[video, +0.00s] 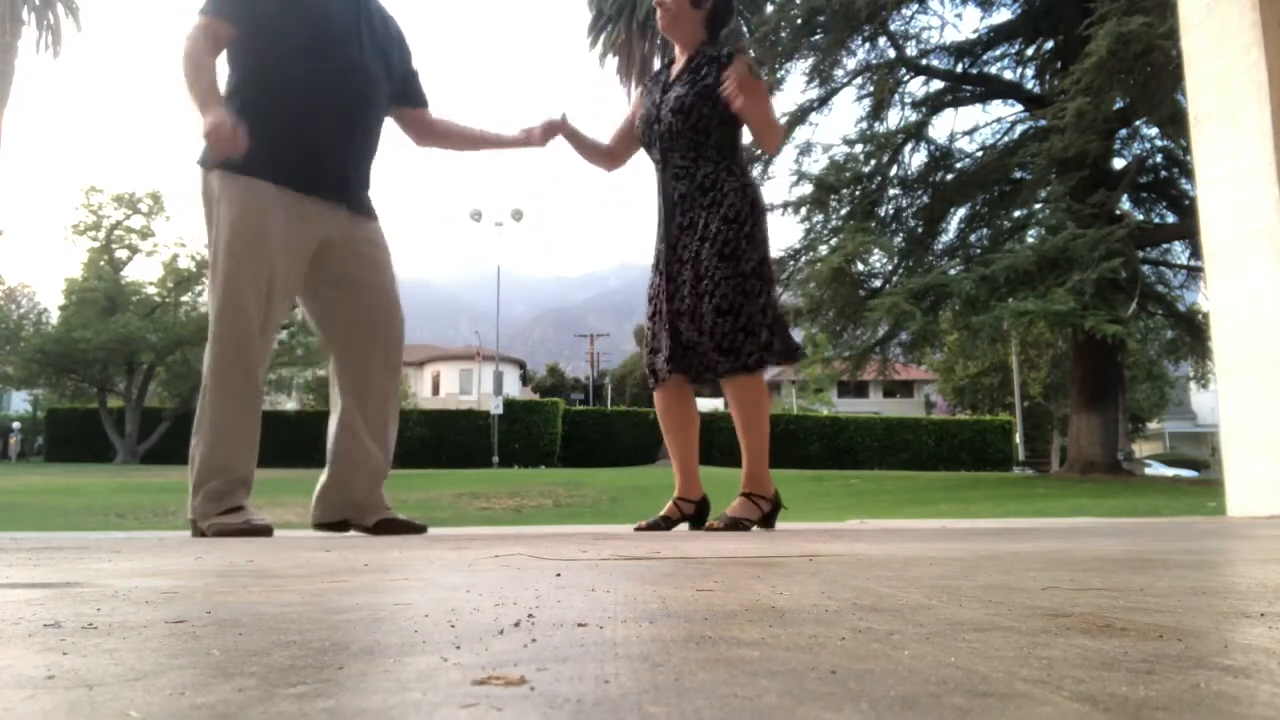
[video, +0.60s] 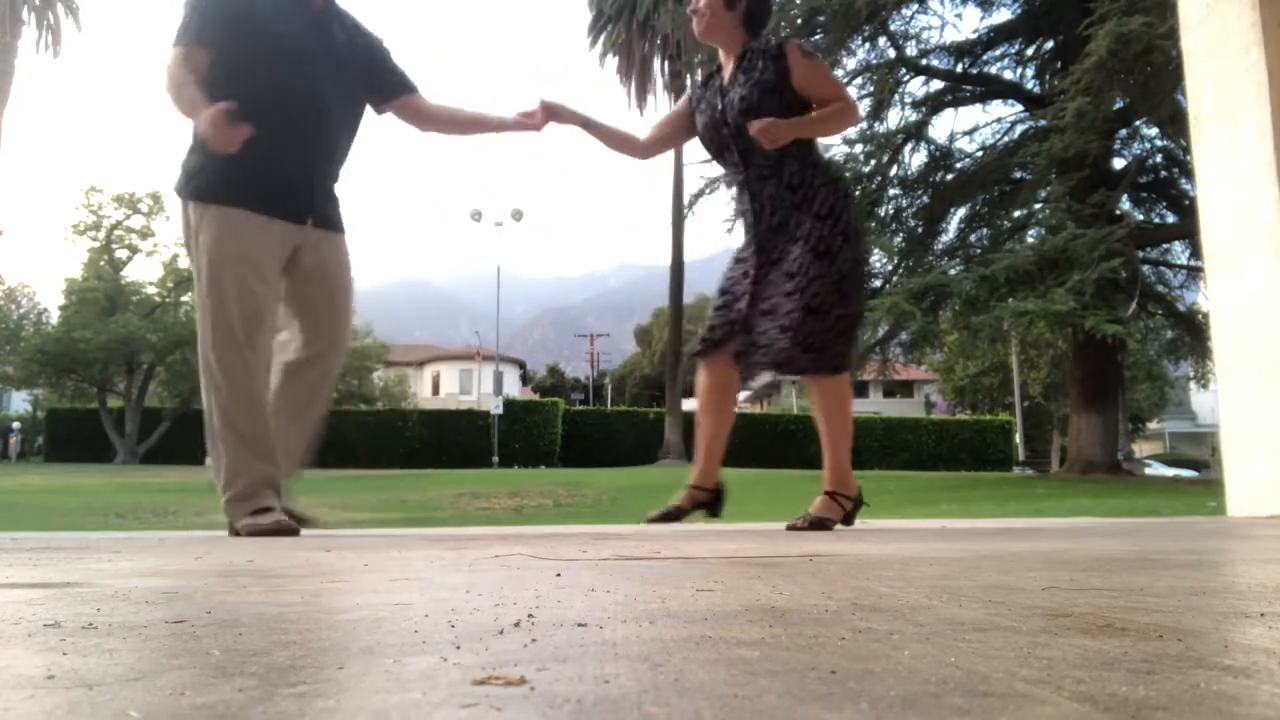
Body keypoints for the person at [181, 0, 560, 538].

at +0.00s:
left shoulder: (381, 24)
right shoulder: (262, 4)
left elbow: (422, 127)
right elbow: (201, 43)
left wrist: (515, 139)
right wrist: (212, 110)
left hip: (344, 204)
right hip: (258, 182)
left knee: (375, 342)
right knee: (240, 348)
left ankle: (352, 500)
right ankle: (218, 505)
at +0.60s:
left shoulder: (353, 38)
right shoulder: (229, 5)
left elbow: (424, 113)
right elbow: (181, 70)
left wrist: (513, 122)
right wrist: (202, 113)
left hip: (314, 208)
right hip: (233, 197)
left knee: (324, 340)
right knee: (239, 350)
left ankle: (266, 485)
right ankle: (250, 503)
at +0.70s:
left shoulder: (353, 47)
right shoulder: (229, 10)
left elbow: (429, 109)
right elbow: (180, 90)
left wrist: (516, 138)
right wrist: (181, 147)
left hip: (303, 221)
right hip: (224, 202)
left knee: (290, 352)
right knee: (233, 353)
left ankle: (184, 459)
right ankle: (251, 504)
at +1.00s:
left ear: (342, 2)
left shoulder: (365, 61)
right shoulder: (249, 31)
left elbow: (436, 104)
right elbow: (194, 107)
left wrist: (521, 111)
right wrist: (184, 169)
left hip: (295, 228)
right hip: (245, 214)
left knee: (234, 353)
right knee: (284, 346)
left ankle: (159, 488)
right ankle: (260, 499)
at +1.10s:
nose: (362, 5)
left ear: (366, 6)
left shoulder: (377, 74)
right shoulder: (271, 47)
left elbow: (443, 123)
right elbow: (216, 122)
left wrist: (521, 126)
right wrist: (213, 181)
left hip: (309, 229)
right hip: (271, 220)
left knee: (239, 364)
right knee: (335, 338)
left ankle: (158, 490)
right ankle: (338, 494)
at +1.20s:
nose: (390, 14)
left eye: (393, 6)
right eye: (379, 4)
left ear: (397, 13)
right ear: (350, 7)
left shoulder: (402, 92)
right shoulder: (310, 63)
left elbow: (454, 155)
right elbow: (255, 145)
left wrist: (517, 157)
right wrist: (260, 199)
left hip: (344, 247)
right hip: (309, 239)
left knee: (242, 367)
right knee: (379, 354)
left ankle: (157, 489)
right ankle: (412, 500)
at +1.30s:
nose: (434, 10)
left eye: (433, 2)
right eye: (424, 2)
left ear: (418, 12)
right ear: (391, 7)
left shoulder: (432, 90)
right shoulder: (358, 62)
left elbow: (463, 175)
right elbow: (324, 140)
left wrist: (516, 178)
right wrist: (326, 204)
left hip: (389, 251)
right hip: (365, 246)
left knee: (323, 372)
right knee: (421, 360)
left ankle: (192, 471)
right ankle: (422, 505)